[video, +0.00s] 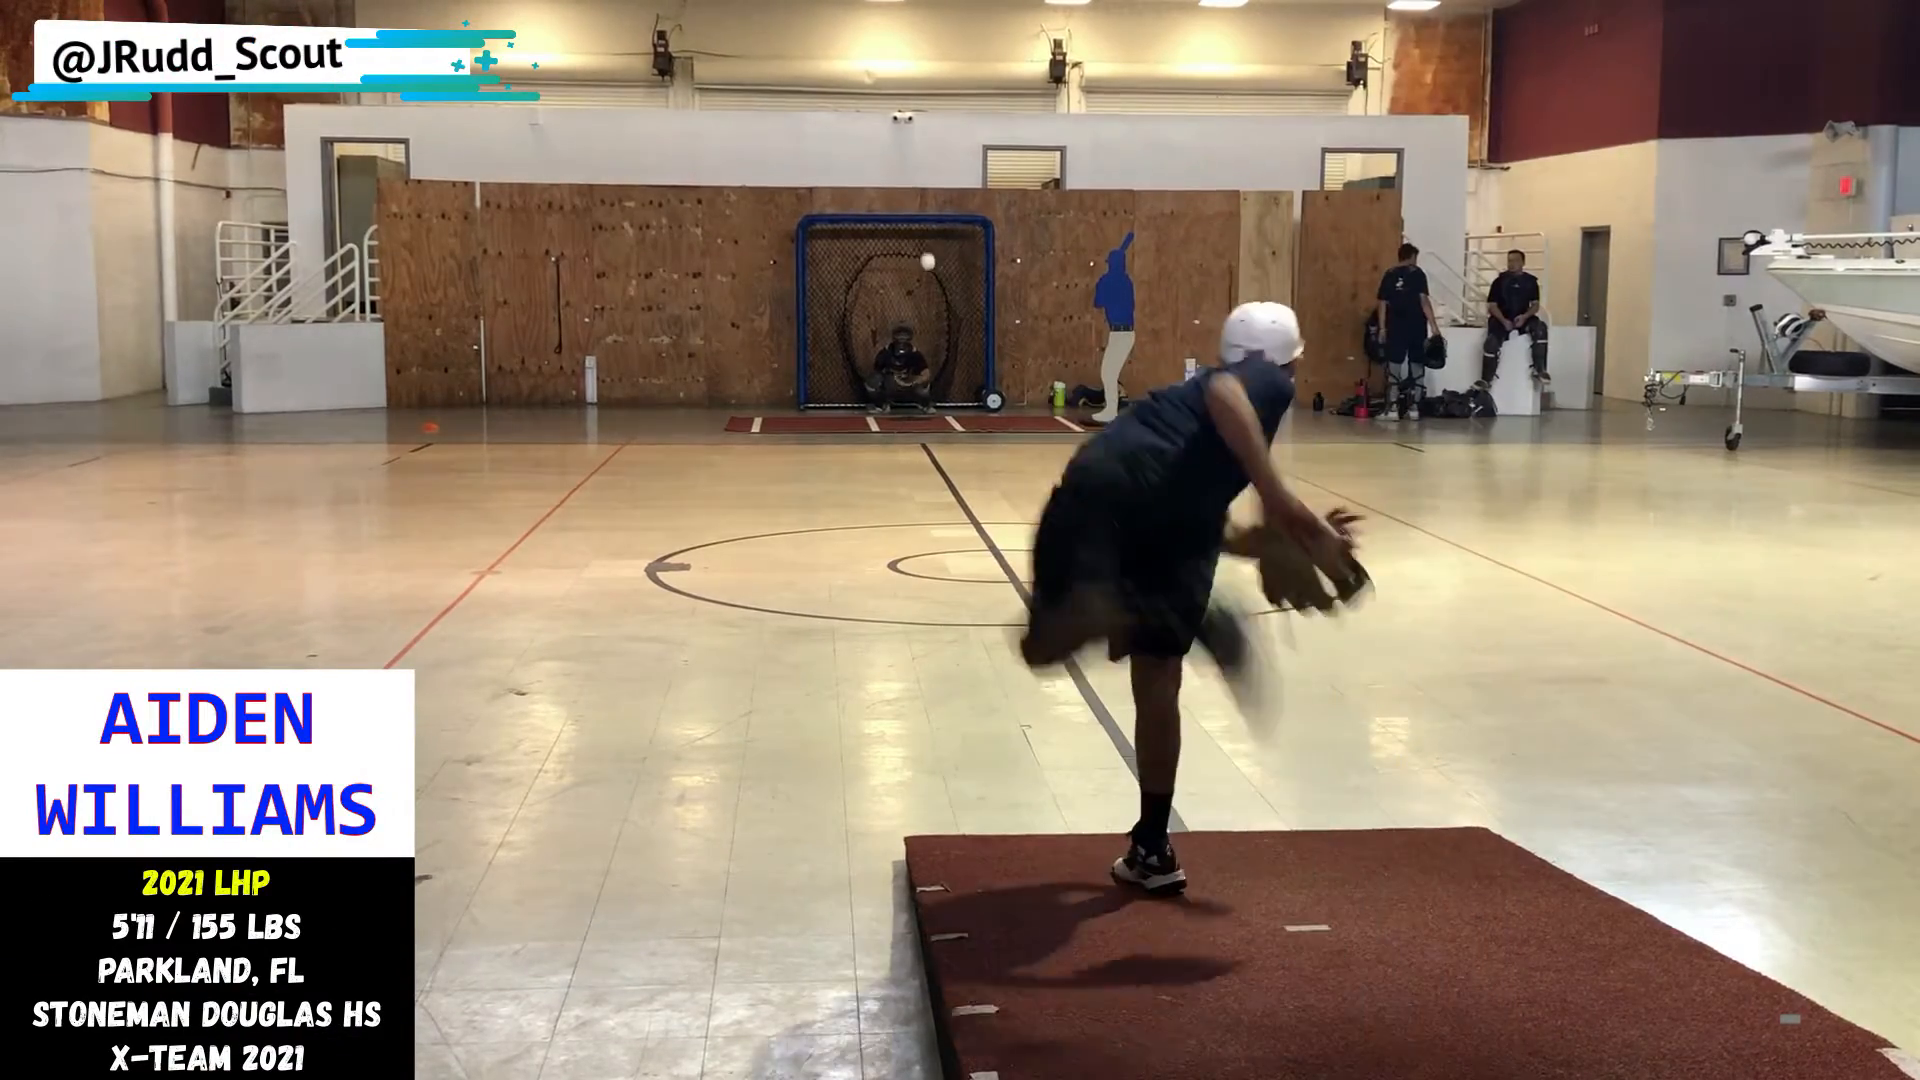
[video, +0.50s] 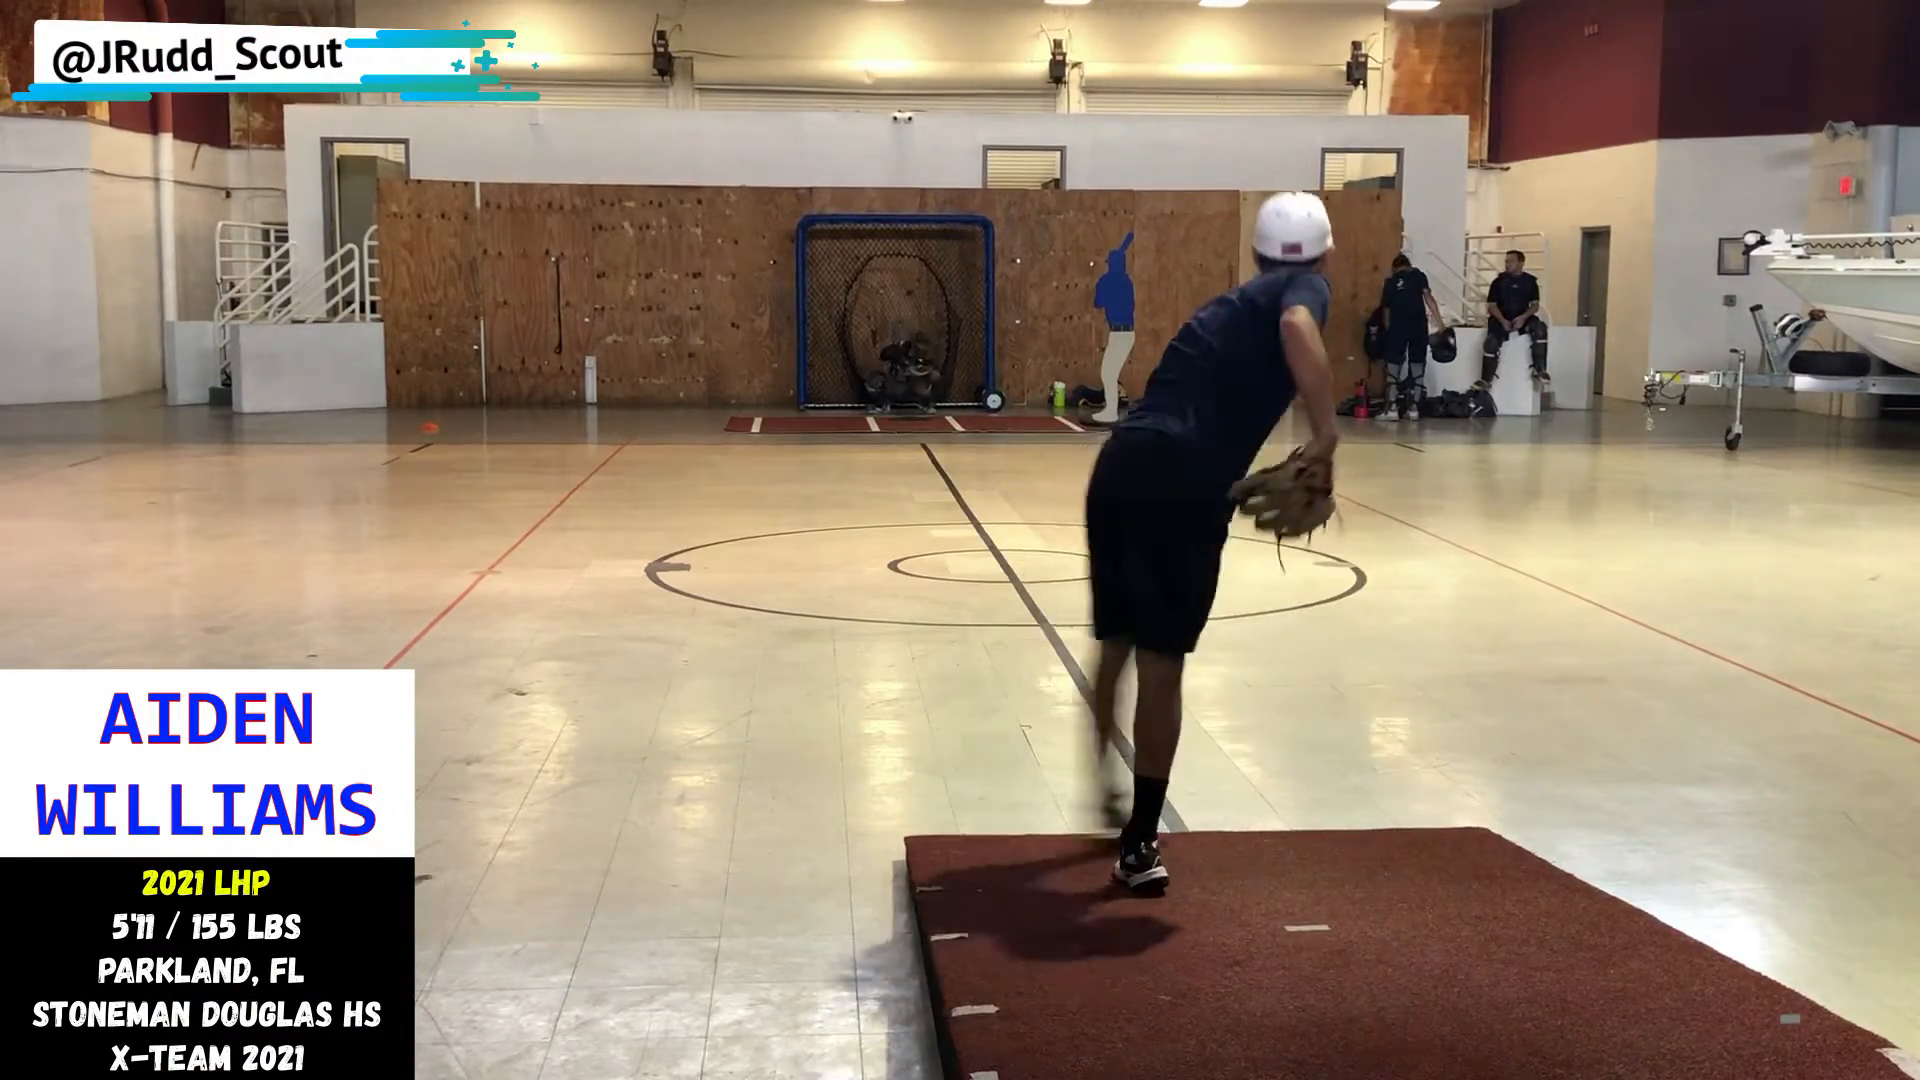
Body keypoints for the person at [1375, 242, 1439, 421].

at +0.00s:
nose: (1416, 261)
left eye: (1416, 258)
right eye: (1416, 257)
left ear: (1399, 257)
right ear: (1413, 257)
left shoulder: (1389, 274)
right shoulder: (1418, 273)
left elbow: (1382, 304)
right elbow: (1424, 301)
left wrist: (1381, 328)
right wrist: (1435, 328)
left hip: (1396, 330)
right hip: (1417, 330)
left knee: (1394, 369)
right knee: (1417, 368)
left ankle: (1393, 410)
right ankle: (1414, 408)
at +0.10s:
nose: (1415, 261)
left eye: (1415, 259)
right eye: (1415, 258)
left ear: (1399, 257)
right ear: (1412, 258)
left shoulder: (1389, 274)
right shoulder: (1417, 273)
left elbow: (1382, 304)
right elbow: (1424, 301)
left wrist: (1384, 328)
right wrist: (1434, 327)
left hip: (1396, 330)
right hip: (1417, 330)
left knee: (1394, 369)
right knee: (1417, 368)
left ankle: (1393, 410)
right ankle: (1414, 408)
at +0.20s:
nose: (1411, 263)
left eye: (1409, 261)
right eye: (1411, 260)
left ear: (1397, 259)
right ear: (1412, 259)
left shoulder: (1389, 275)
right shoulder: (1417, 273)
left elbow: (1383, 305)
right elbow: (1424, 300)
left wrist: (1385, 327)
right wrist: (1434, 325)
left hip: (1396, 329)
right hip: (1417, 329)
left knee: (1393, 369)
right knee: (1417, 368)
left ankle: (1393, 409)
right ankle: (1414, 408)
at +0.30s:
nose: (1401, 266)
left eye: (1399, 263)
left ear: (1395, 262)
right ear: (1411, 262)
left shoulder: (1389, 277)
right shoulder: (1417, 273)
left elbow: (1384, 307)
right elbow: (1425, 301)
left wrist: (1387, 327)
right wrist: (1436, 326)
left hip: (1397, 330)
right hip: (1417, 330)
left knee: (1393, 370)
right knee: (1417, 370)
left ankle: (1392, 410)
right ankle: (1413, 408)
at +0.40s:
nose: (1395, 270)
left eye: (1394, 266)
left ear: (1394, 265)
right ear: (1410, 263)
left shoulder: (1389, 280)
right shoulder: (1418, 274)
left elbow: (1386, 308)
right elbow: (1427, 298)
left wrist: (1388, 328)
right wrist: (1437, 323)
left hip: (1398, 330)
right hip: (1418, 329)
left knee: (1393, 370)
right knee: (1418, 369)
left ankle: (1392, 408)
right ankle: (1414, 408)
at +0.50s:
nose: (1393, 272)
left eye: (1393, 270)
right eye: (1396, 270)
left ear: (1394, 268)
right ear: (1410, 265)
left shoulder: (1390, 282)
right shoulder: (1419, 275)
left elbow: (1386, 309)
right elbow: (1428, 297)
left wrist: (1388, 329)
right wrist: (1440, 323)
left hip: (1398, 330)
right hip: (1419, 329)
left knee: (1393, 369)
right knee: (1418, 369)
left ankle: (1392, 408)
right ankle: (1414, 408)